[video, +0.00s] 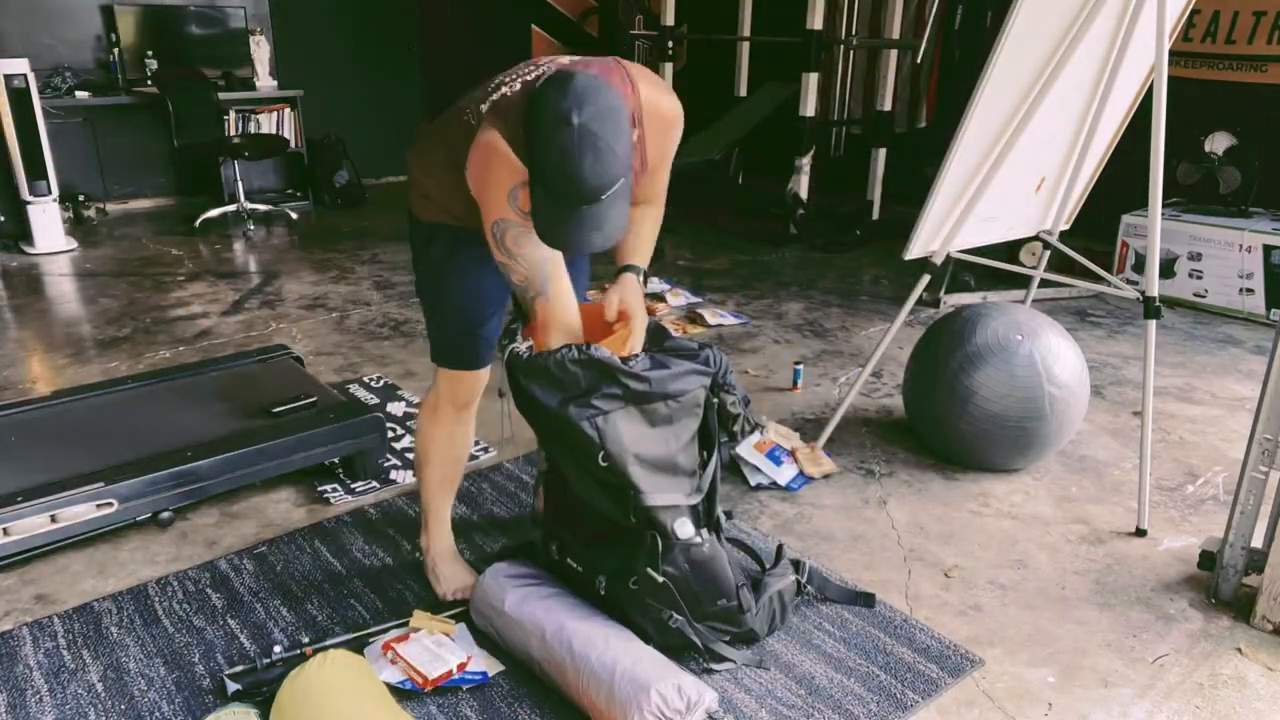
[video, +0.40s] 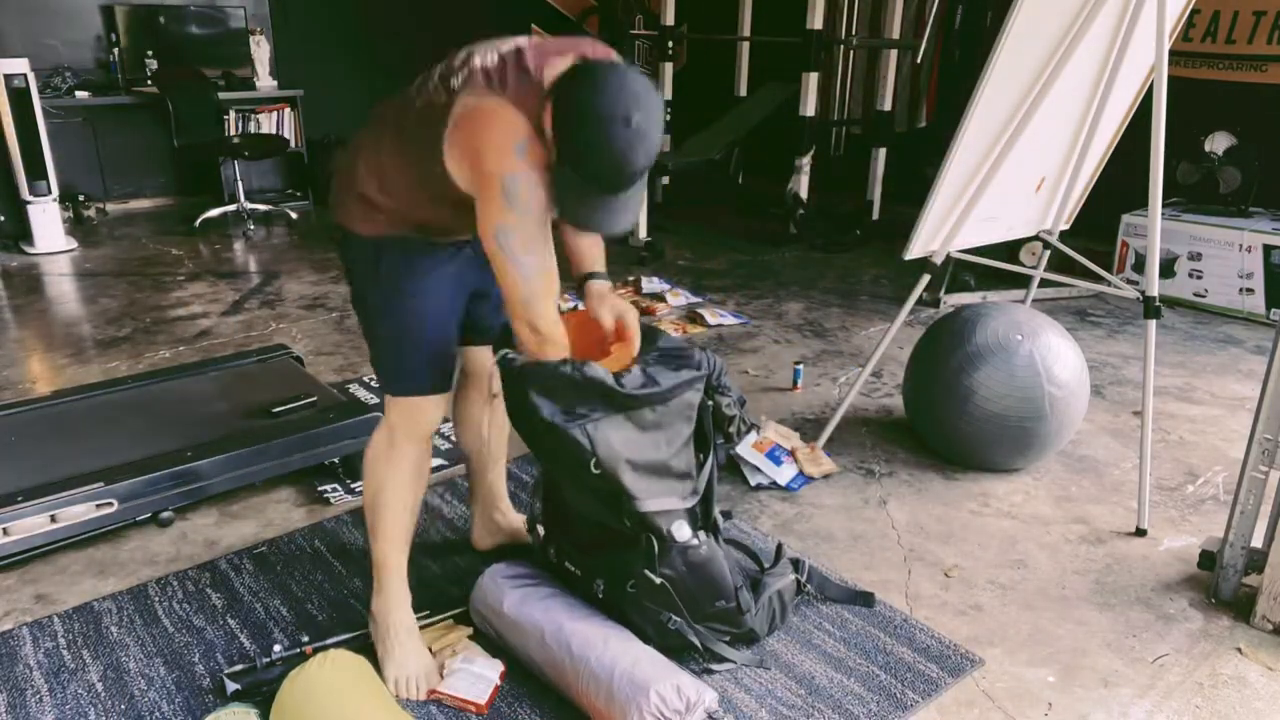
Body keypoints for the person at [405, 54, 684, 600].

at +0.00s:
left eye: (591, 203)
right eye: (567, 199)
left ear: (627, 138)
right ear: (535, 146)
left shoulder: (660, 112)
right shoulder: (493, 154)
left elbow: (648, 199)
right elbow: (551, 296)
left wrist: (631, 275)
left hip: (567, 208)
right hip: (462, 212)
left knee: (575, 361)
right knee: (463, 380)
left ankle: (574, 511)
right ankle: (437, 540)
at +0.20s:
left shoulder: (554, 5)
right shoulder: (380, 4)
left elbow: (584, 117)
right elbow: (299, 101)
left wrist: (579, 232)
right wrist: (406, 197)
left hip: (515, 216)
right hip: (421, 223)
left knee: (510, 375)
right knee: (426, 414)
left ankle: (494, 512)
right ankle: (393, 605)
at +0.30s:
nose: (557, 12)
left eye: (562, 10)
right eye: (555, 5)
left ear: (555, 2)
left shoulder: (550, 13)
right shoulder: (423, 14)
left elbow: (545, 139)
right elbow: (404, 182)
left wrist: (556, 247)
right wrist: (509, 293)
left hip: (472, 217)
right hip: (397, 226)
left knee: (499, 381)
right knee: (466, 415)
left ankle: (492, 510)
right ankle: (396, 600)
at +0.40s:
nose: (593, 206)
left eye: (605, 194)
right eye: (579, 183)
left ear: (639, 129)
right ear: (555, 130)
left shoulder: (613, 80)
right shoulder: (502, 131)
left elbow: (581, 191)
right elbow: (536, 326)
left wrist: (596, 285)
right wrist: (609, 421)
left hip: (493, 208)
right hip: (399, 222)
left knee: (486, 369)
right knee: (412, 410)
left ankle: (491, 514)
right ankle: (391, 607)